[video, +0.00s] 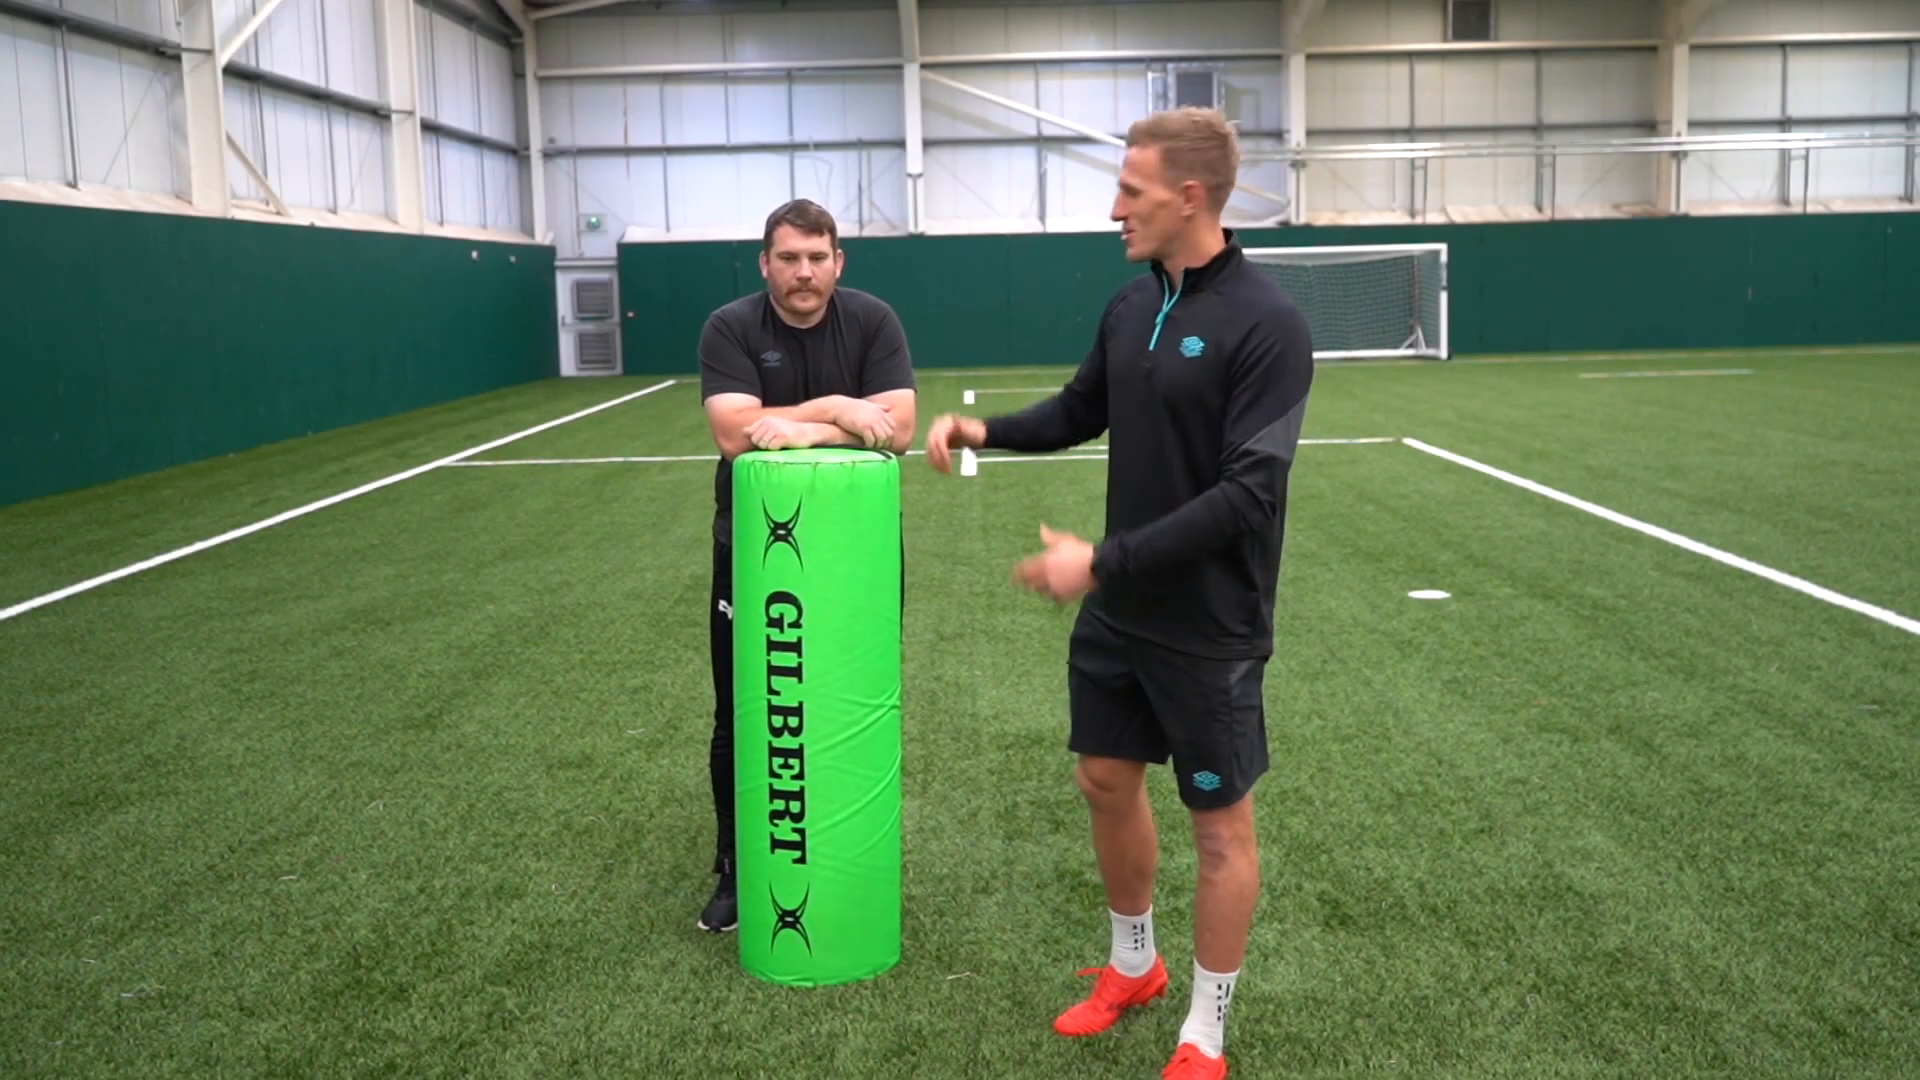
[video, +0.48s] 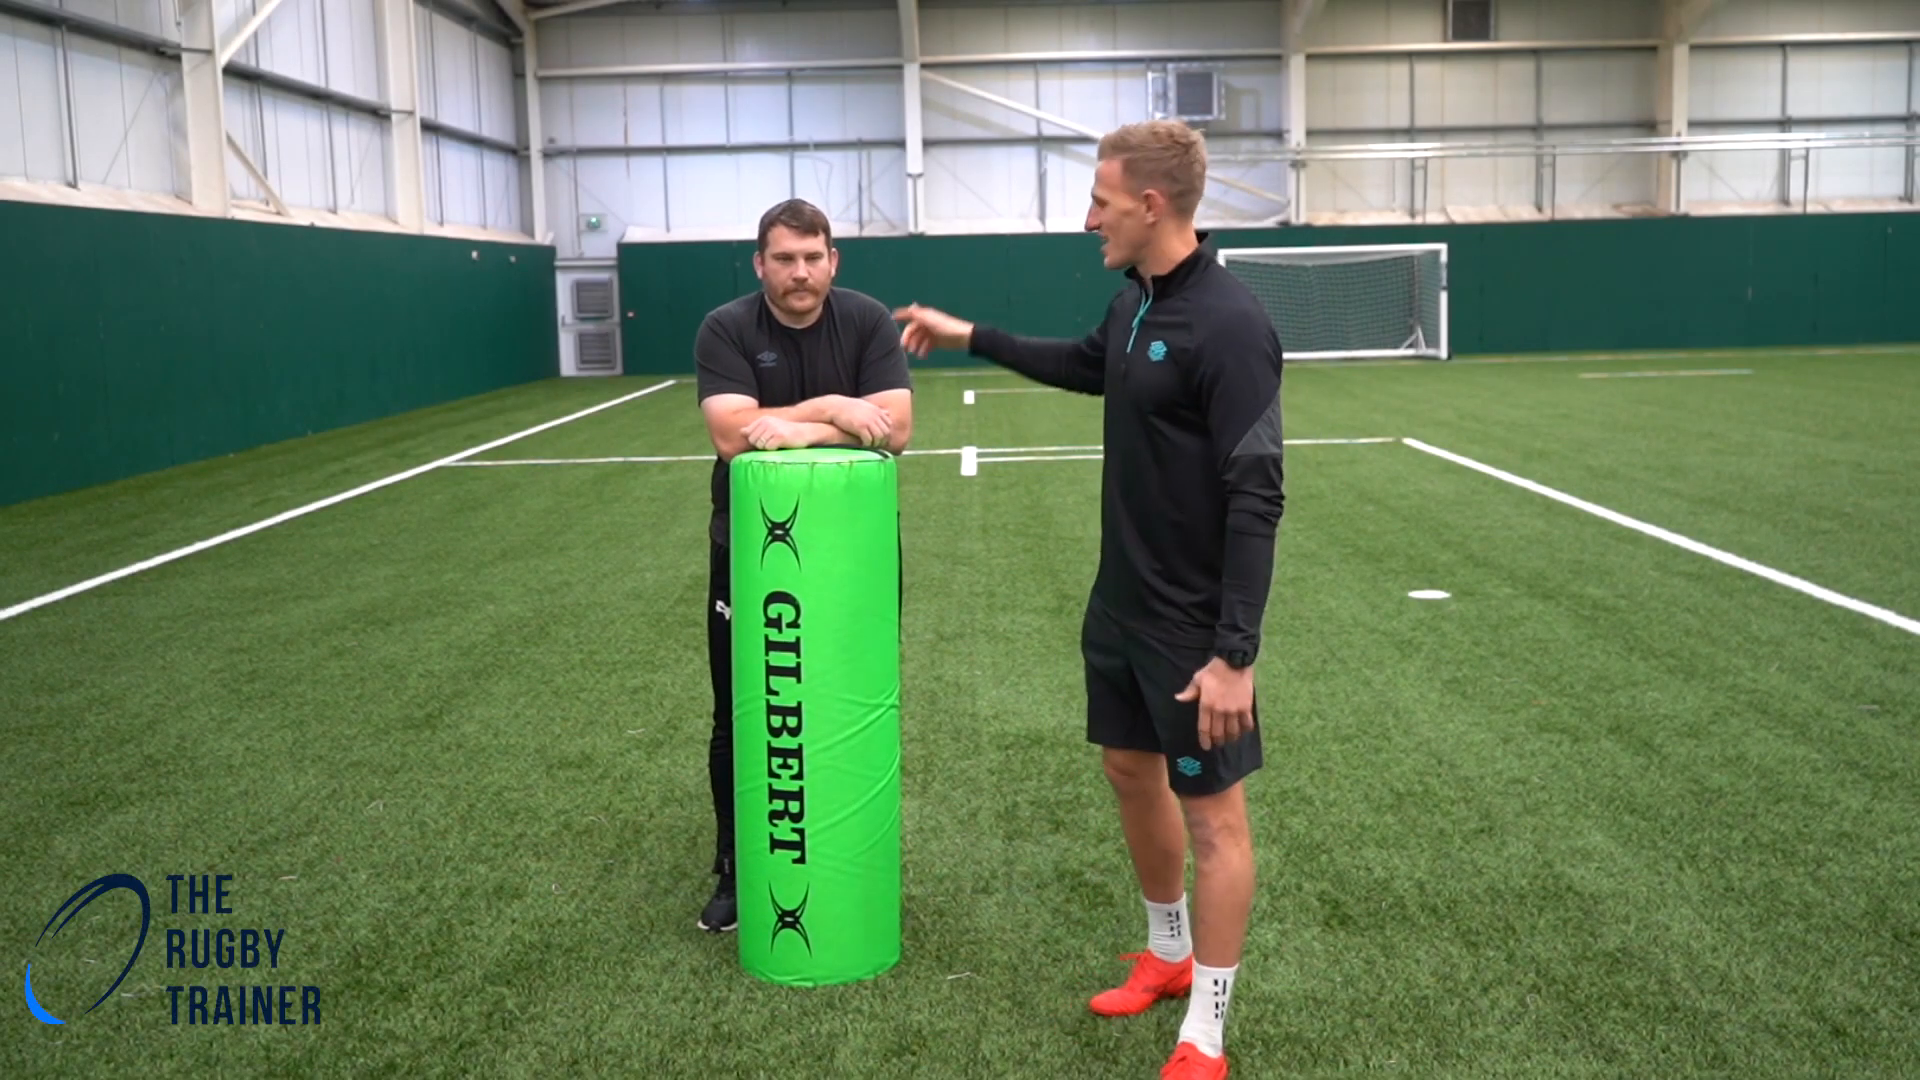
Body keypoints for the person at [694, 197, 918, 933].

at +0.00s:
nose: (804, 273)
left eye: (817, 258)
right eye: (789, 259)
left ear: (837, 260)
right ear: (765, 264)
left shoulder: (873, 320)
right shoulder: (732, 327)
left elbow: (899, 428)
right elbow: (734, 434)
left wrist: (795, 426)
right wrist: (842, 410)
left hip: (851, 550)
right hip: (754, 550)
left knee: (849, 716)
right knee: (742, 713)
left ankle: (846, 880)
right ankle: (736, 874)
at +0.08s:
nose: (803, 273)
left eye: (816, 258)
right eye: (787, 259)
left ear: (836, 260)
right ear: (764, 264)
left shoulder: (872, 320)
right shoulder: (731, 327)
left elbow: (899, 429)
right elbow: (734, 434)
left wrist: (795, 426)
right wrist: (842, 410)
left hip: (850, 552)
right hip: (752, 551)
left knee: (849, 718)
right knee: (742, 714)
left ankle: (845, 881)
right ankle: (736, 874)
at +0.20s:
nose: (802, 273)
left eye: (814, 258)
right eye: (786, 260)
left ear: (834, 260)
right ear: (762, 265)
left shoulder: (870, 320)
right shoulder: (730, 327)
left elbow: (897, 428)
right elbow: (733, 434)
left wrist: (792, 426)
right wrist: (841, 410)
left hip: (850, 552)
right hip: (752, 552)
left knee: (847, 717)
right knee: (742, 715)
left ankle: (844, 881)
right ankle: (736, 874)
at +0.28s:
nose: (801, 273)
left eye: (814, 258)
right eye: (785, 259)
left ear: (833, 260)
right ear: (761, 265)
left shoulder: (870, 320)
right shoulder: (729, 327)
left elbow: (896, 428)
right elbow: (732, 434)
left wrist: (790, 426)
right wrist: (840, 410)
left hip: (848, 552)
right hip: (751, 552)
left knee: (846, 717)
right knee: (741, 715)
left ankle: (844, 882)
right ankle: (736, 874)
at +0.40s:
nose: (800, 273)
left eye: (813, 258)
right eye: (784, 259)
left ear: (832, 259)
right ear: (760, 265)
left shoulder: (868, 320)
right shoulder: (728, 327)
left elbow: (895, 427)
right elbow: (731, 434)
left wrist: (789, 426)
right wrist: (840, 410)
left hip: (848, 552)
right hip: (750, 552)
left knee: (846, 718)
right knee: (741, 716)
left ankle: (844, 882)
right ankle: (736, 875)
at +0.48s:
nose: (800, 273)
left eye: (813, 258)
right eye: (784, 260)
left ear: (832, 259)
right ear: (760, 266)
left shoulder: (867, 319)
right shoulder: (728, 327)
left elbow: (895, 427)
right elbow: (731, 435)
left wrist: (789, 426)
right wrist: (839, 410)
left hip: (848, 552)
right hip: (750, 552)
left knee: (846, 717)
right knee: (740, 715)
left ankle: (844, 881)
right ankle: (735, 874)